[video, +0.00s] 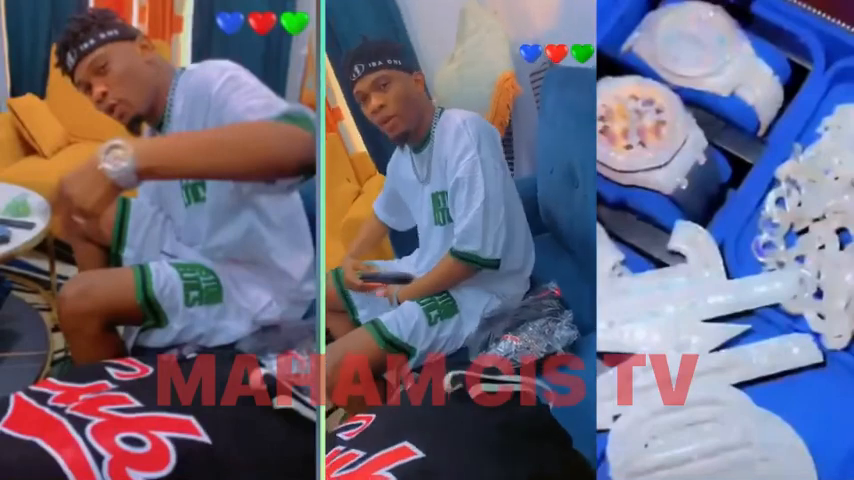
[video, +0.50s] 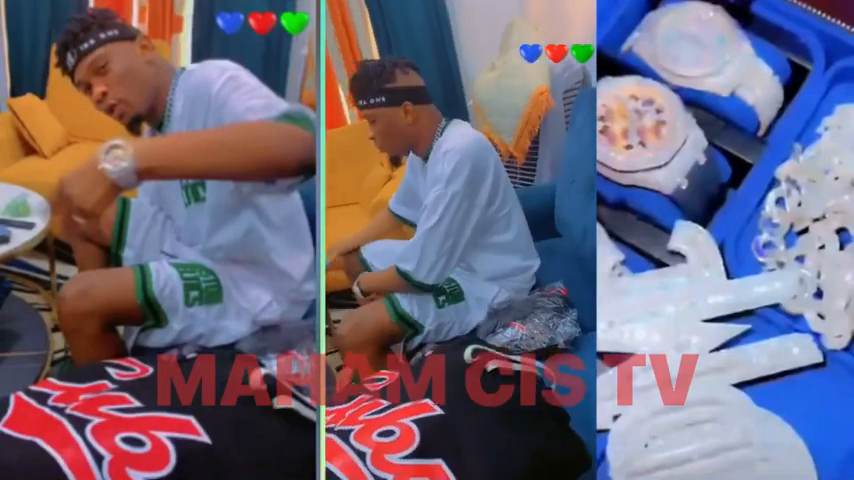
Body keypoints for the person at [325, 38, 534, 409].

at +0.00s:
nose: (375, 106)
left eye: (383, 86)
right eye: (364, 100)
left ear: (418, 81)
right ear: (363, 111)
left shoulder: (465, 134)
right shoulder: (402, 156)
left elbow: (476, 251)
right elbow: (385, 213)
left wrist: (405, 293)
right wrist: (352, 258)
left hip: (484, 285)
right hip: (430, 269)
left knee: (332, 362)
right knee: (328, 289)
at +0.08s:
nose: (378, 105)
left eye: (385, 85)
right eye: (368, 99)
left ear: (421, 80)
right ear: (367, 110)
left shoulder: (466, 132)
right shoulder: (409, 155)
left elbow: (469, 252)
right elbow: (395, 216)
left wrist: (403, 291)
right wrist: (354, 250)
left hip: (486, 284)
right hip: (433, 264)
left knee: (338, 348)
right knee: (331, 283)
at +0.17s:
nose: (372, 107)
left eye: (380, 89)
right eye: (364, 99)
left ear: (418, 80)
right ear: (362, 107)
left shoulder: (464, 132)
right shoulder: (411, 151)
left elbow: (463, 254)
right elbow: (396, 212)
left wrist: (403, 285)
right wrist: (352, 249)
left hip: (484, 286)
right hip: (433, 261)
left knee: (336, 345)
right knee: (331, 278)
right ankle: (385, 362)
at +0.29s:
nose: (365, 127)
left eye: (369, 110)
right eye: (361, 114)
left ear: (407, 100)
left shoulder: (463, 143)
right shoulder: (418, 151)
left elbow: (446, 270)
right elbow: (402, 216)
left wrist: (394, 283)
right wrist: (353, 250)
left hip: (488, 287)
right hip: (449, 262)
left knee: (342, 345)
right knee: (344, 269)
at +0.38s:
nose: (369, 134)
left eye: (372, 121)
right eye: (367, 122)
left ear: (405, 111)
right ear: (406, 112)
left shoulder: (460, 150)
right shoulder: (424, 149)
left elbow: (437, 271)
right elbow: (402, 218)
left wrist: (378, 283)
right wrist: (350, 252)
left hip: (491, 286)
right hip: (455, 263)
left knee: (347, 339)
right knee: (353, 268)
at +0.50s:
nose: (371, 134)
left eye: (373, 122)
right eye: (369, 124)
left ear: (408, 113)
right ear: (409, 114)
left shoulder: (461, 153)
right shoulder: (426, 147)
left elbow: (425, 269)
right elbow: (397, 213)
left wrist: (361, 283)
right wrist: (346, 247)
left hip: (492, 286)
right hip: (459, 260)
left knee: (353, 331)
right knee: (359, 259)